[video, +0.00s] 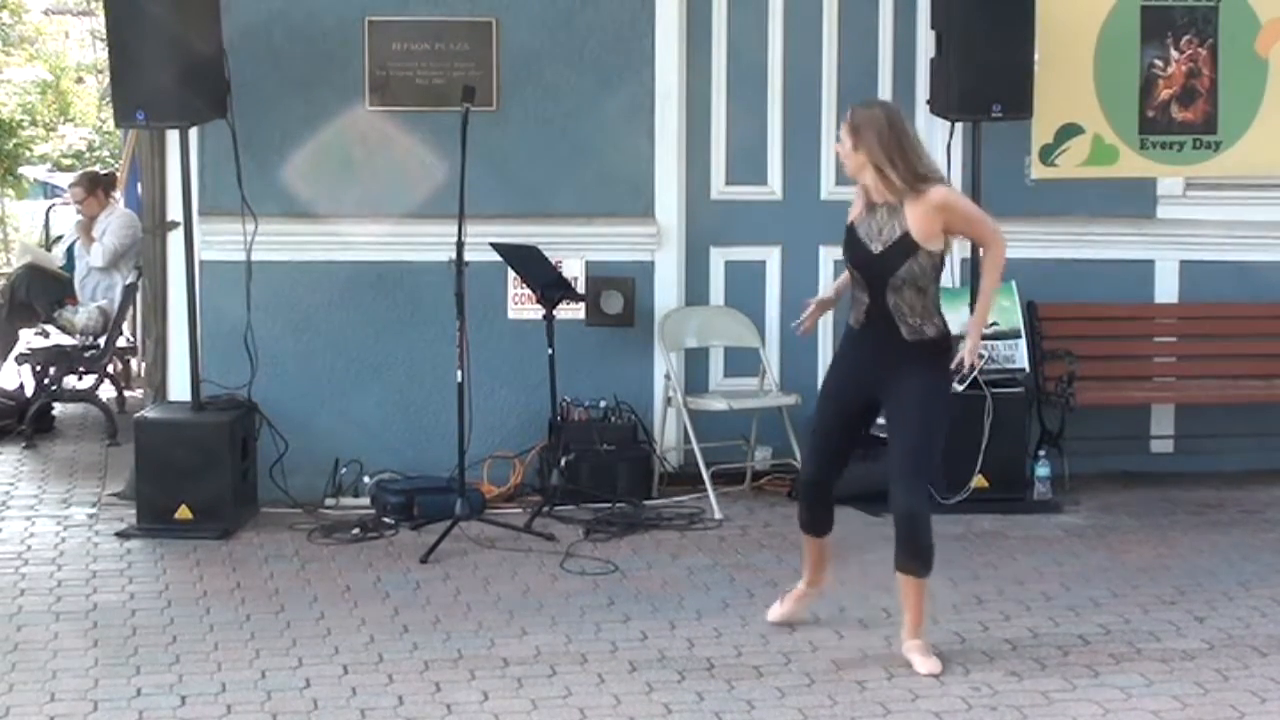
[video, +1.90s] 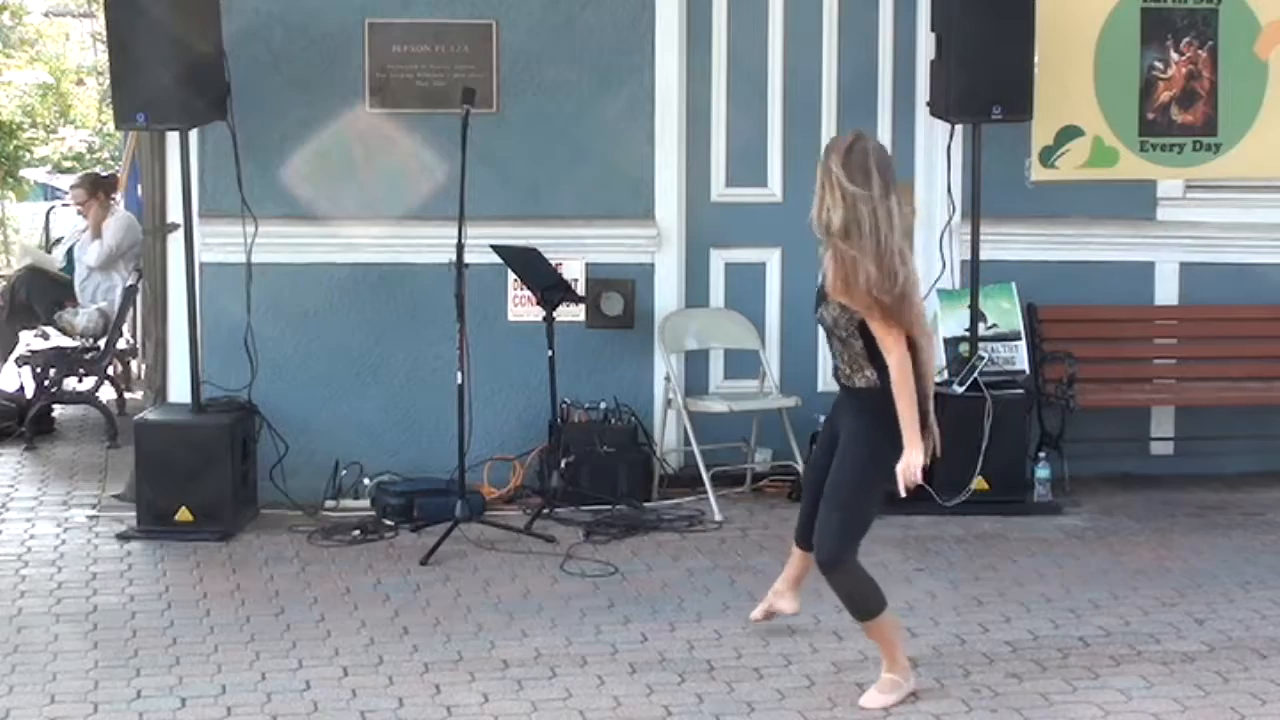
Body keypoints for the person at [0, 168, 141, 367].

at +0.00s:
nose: (77, 209)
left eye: (80, 203)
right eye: (75, 204)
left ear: (100, 195)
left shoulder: (125, 220)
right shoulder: (87, 223)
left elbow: (103, 258)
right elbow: (58, 259)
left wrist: (84, 235)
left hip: (104, 309)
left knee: (29, 275)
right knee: (13, 312)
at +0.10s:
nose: (77, 209)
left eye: (81, 203)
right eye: (75, 204)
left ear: (100, 195)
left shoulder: (125, 220)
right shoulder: (88, 224)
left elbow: (103, 259)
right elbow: (59, 259)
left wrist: (84, 236)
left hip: (104, 310)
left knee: (29, 275)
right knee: (11, 313)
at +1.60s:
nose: (78, 211)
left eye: (81, 204)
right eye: (76, 206)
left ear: (98, 198)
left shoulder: (123, 221)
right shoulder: (86, 229)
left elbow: (97, 258)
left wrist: (95, 223)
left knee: (29, 278)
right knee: (12, 316)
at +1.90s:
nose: (78, 211)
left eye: (82, 204)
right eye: (76, 205)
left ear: (100, 198)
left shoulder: (124, 222)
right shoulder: (85, 229)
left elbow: (98, 259)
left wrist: (95, 223)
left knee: (29, 278)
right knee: (13, 316)